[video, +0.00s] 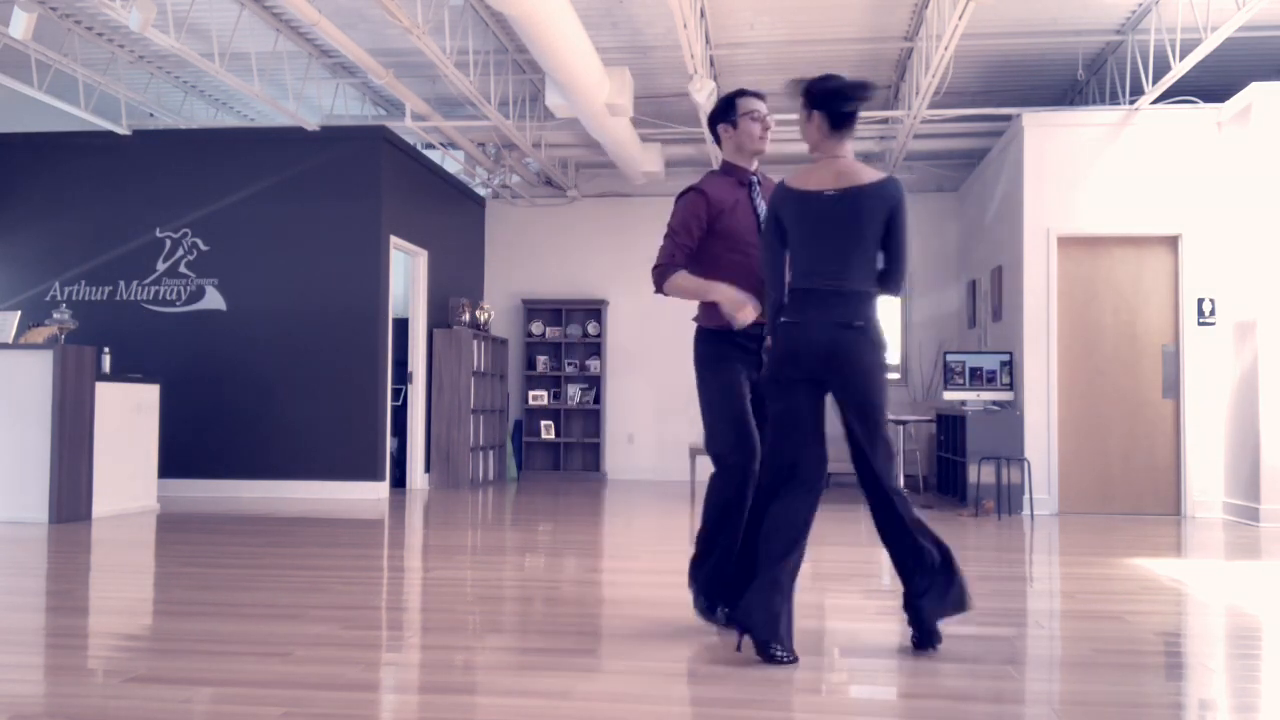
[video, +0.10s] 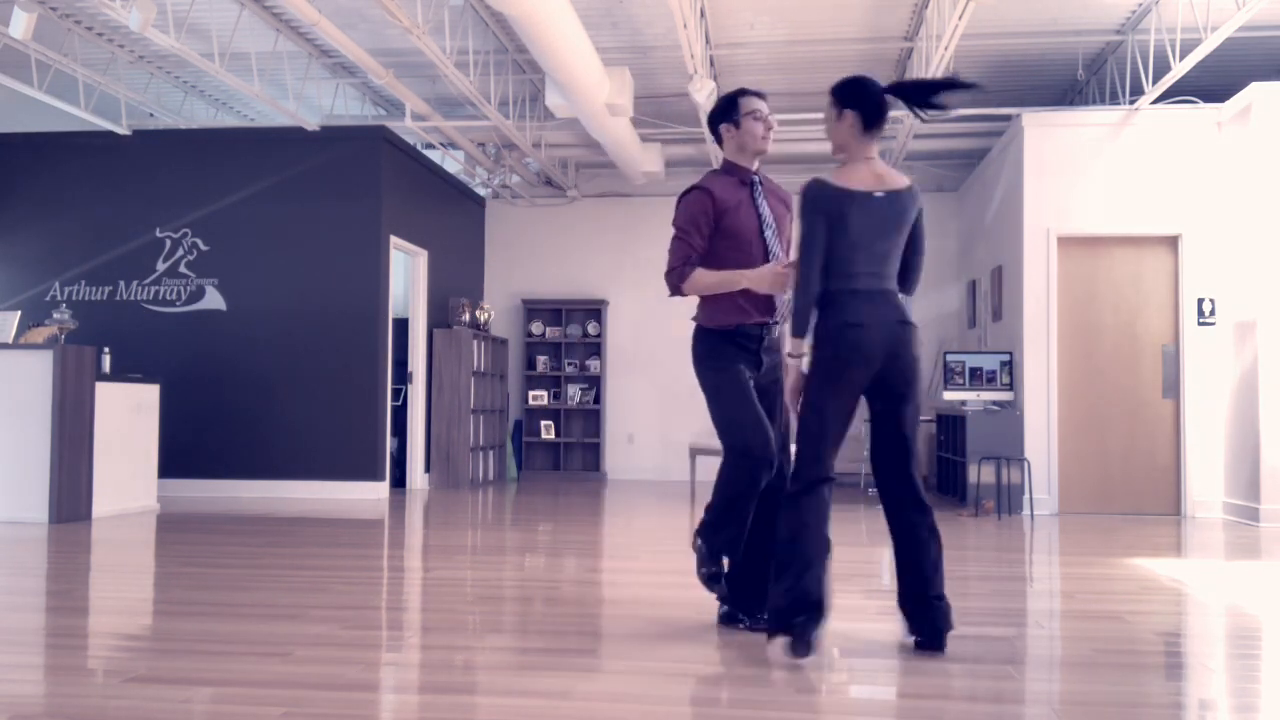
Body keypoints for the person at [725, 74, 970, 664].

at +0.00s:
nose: (798, 126)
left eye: (801, 117)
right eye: (801, 116)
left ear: (816, 121)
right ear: (853, 122)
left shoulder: (788, 191)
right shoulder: (886, 188)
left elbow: (771, 278)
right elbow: (893, 279)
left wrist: (776, 330)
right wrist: (841, 278)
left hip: (793, 335)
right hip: (856, 334)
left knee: (794, 477)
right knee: (879, 474)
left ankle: (768, 623)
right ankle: (925, 604)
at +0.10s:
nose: (825, 127)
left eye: (831, 117)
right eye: (828, 116)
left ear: (850, 121)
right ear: (876, 124)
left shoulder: (822, 191)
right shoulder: (908, 192)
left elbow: (809, 281)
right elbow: (909, 277)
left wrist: (795, 357)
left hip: (843, 334)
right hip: (898, 334)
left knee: (811, 476)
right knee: (899, 475)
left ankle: (802, 616)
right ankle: (929, 620)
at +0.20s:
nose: (844, 131)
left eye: (850, 121)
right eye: (847, 121)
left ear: (873, 127)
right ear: (889, 131)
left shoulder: (866, 194)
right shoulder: (906, 191)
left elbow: (863, 283)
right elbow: (883, 274)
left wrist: (825, 363)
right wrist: (822, 272)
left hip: (887, 345)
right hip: (924, 344)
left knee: (817, 465)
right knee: (901, 485)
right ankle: (939, 612)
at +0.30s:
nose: (861, 134)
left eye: (868, 124)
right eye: (864, 124)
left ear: (895, 132)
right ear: (902, 134)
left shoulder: (900, 197)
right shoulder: (897, 196)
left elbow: (905, 288)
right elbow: (881, 291)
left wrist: (879, 362)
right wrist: (828, 276)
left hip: (912, 354)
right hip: (922, 354)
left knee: (842, 475)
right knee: (915, 486)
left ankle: (941, 553)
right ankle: (944, 610)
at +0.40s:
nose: (875, 129)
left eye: (885, 121)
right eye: (879, 120)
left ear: (914, 131)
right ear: (914, 133)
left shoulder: (923, 190)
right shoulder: (899, 197)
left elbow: (951, 257)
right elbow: (887, 290)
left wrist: (960, 325)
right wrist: (839, 272)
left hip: (925, 350)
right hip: (909, 350)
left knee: (892, 489)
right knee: (920, 487)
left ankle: (973, 592)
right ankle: (938, 621)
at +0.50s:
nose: (886, 120)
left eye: (896, 112)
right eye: (890, 111)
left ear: (925, 123)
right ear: (921, 124)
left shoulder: (939, 181)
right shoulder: (904, 195)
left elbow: (985, 241)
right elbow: (889, 286)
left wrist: (1037, 303)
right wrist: (849, 259)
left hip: (936, 342)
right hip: (911, 346)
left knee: (937, 479)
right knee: (914, 482)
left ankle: (995, 618)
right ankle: (944, 616)